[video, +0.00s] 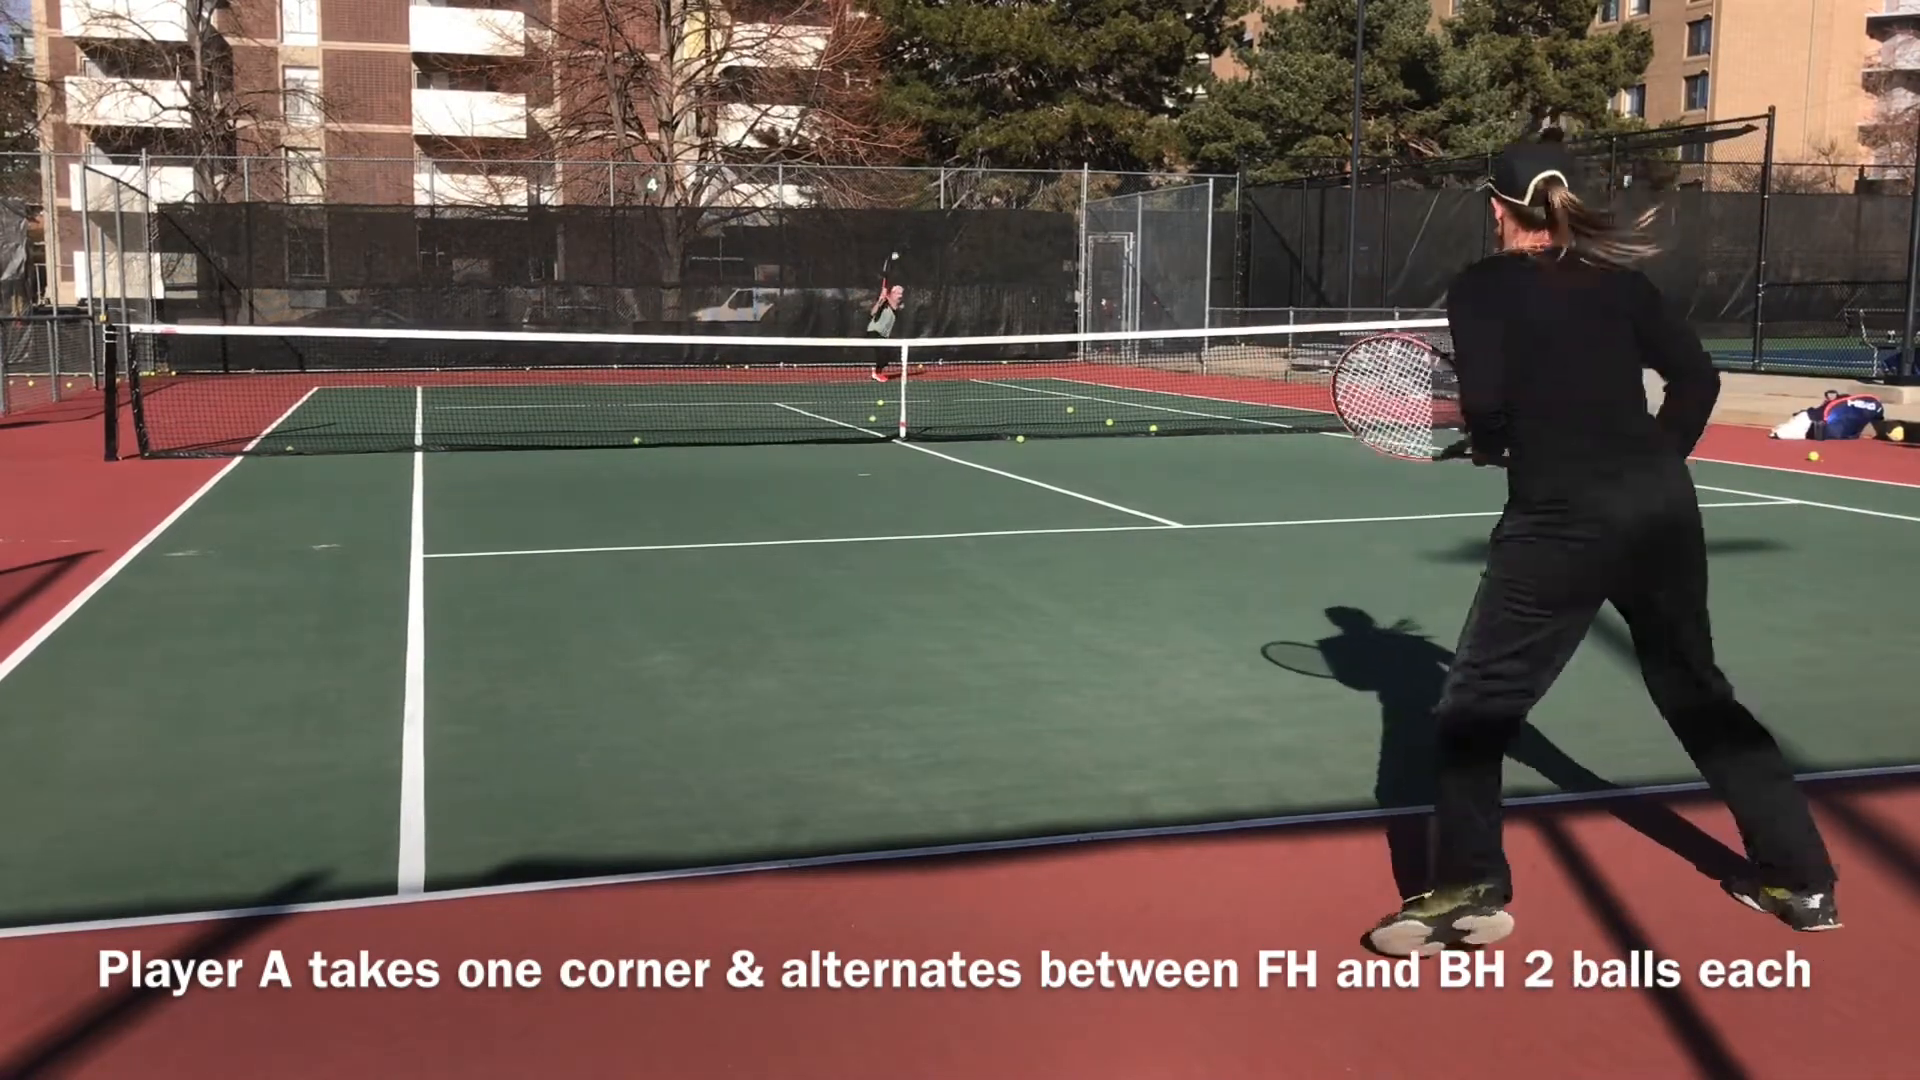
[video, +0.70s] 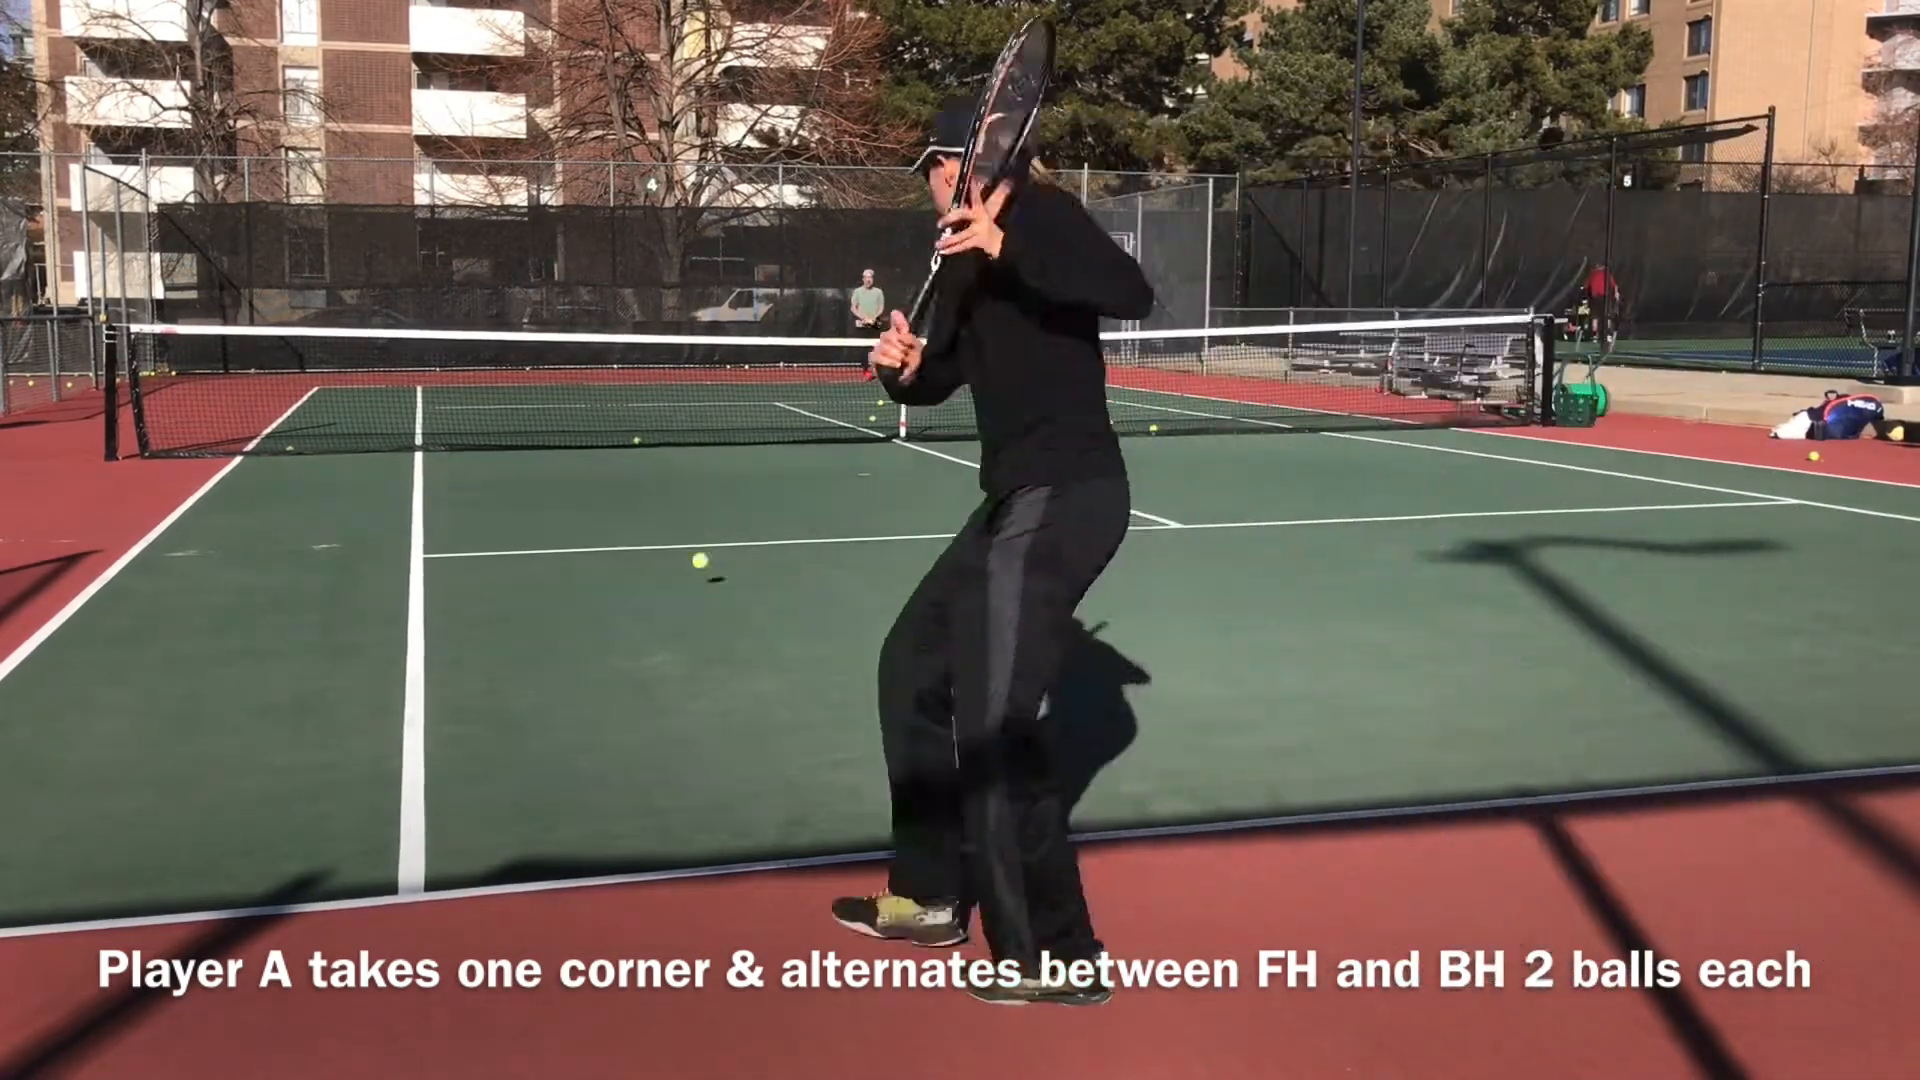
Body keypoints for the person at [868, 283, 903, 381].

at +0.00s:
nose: (900, 296)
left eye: (901, 294)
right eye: (897, 293)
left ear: (902, 295)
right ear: (890, 294)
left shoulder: (895, 308)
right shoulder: (884, 303)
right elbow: (873, 313)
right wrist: (881, 300)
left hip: (884, 334)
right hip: (874, 331)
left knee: (887, 353)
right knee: (882, 351)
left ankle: (879, 371)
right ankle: (876, 371)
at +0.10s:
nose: (900, 293)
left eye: (901, 291)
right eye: (897, 290)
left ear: (903, 292)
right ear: (892, 291)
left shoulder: (902, 303)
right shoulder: (884, 300)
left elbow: (899, 312)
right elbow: (876, 313)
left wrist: (890, 303)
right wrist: (884, 304)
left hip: (890, 330)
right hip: (879, 328)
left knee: (886, 350)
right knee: (881, 349)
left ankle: (879, 370)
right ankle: (877, 370)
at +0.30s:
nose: (895, 291)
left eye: (897, 288)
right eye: (893, 288)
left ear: (900, 291)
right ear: (889, 290)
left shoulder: (902, 303)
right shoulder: (882, 302)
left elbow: (903, 317)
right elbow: (878, 317)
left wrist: (894, 326)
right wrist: (887, 327)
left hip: (897, 329)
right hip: (884, 329)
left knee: (904, 350)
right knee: (882, 349)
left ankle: (910, 370)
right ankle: (878, 369)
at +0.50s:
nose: (883, 285)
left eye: (885, 283)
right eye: (880, 283)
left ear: (888, 285)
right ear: (877, 284)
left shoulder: (892, 298)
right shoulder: (871, 298)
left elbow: (895, 314)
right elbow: (866, 313)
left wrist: (888, 324)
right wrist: (880, 325)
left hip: (889, 330)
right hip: (875, 330)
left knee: (900, 349)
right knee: (876, 352)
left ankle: (906, 370)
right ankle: (876, 371)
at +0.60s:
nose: (876, 280)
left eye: (878, 278)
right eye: (873, 278)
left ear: (880, 279)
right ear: (870, 280)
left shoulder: (885, 293)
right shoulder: (864, 293)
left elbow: (888, 308)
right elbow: (860, 308)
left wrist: (881, 319)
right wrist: (872, 319)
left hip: (882, 325)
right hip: (868, 327)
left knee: (890, 347)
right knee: (873, 350)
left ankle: (893, 369)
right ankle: (875, 371)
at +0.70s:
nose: (868, 280)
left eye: (870, 277)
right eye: (866, 277)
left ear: (873, 279)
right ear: (863, 279)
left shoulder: (878, 292)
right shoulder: (857, 291)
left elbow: (881, 308)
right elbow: (853, 307)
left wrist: (873, 318)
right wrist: (863, 318)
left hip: (874, 324)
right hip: (861, 324)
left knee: (875, 347)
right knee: (862, 348)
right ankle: (865, 370)